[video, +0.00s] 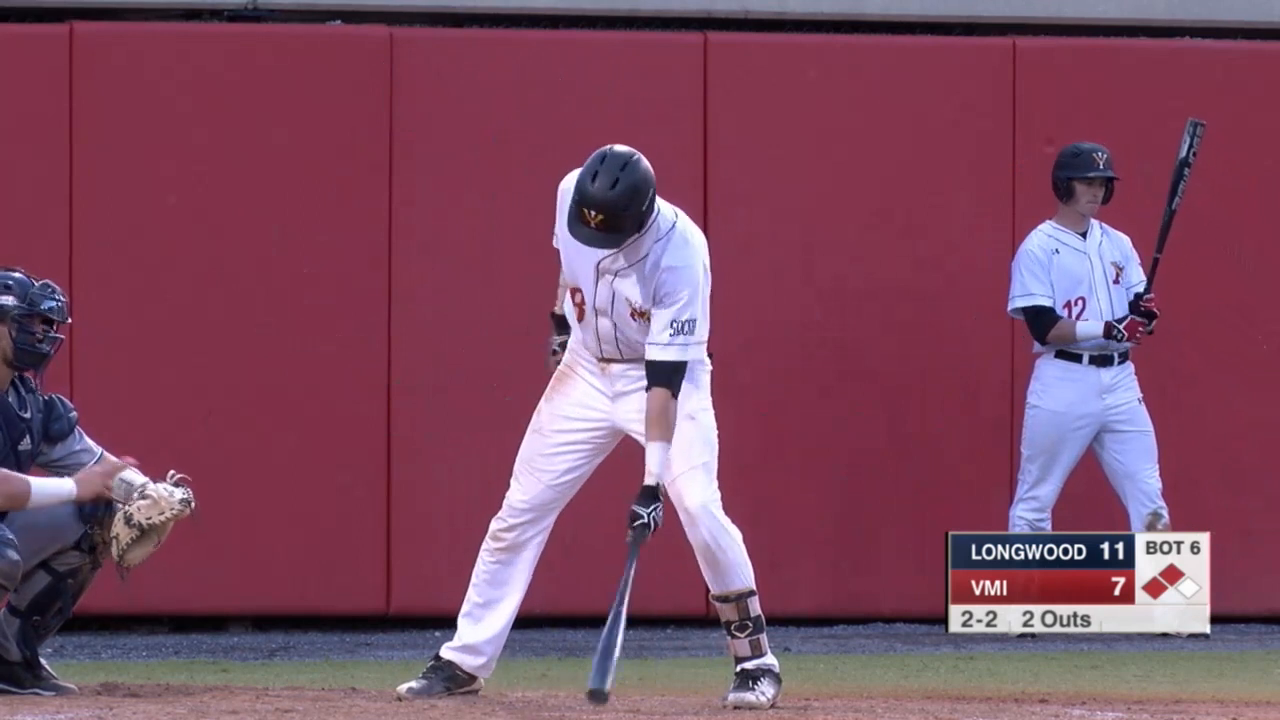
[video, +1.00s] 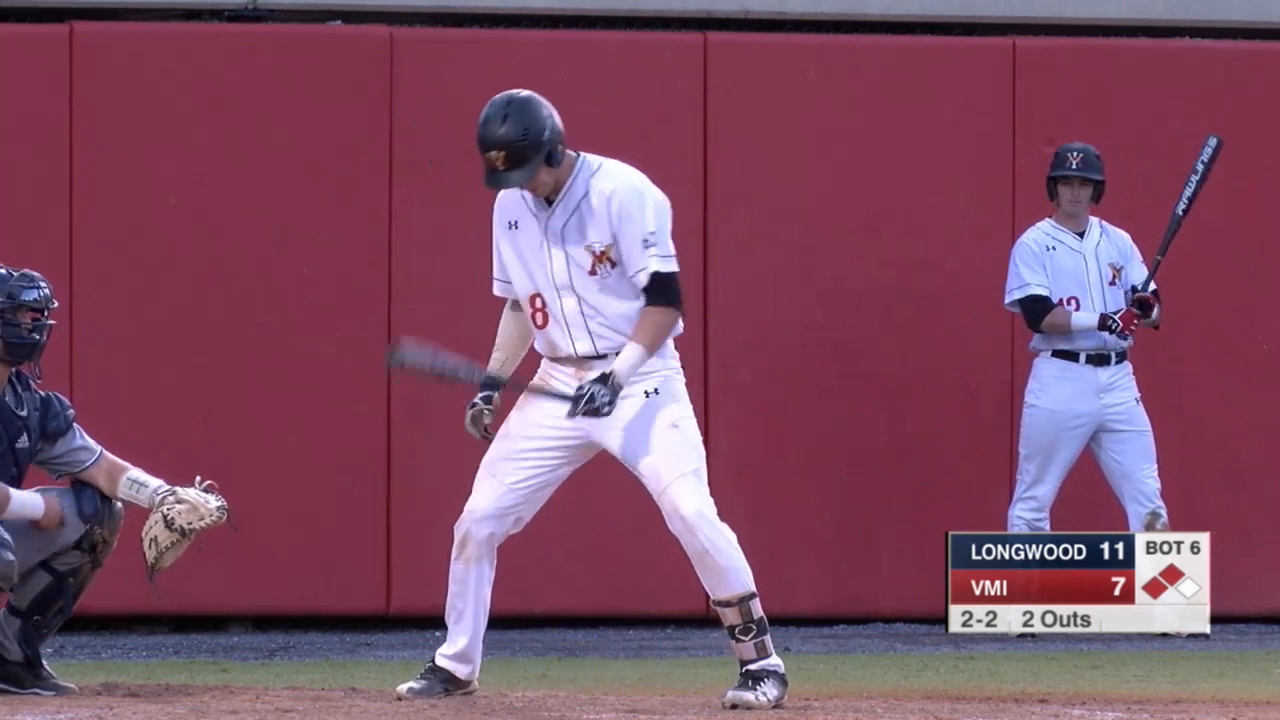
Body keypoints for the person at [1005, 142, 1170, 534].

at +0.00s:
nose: (1097, 191)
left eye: (1103, 183)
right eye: (1088, 182)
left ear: (1108, 188)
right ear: (1064, 185)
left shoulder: (1119, 244)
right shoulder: (1037, 248)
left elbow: (1138, 308)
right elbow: (1045, 328)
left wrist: (1143, 316)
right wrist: (1110, 330)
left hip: (1120, 384)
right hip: (1062, 384)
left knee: (1150, 505)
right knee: (1034, 505)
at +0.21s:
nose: (1092, 190)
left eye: (1099, 182)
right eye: (1083, 181)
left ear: (1106, 188)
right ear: (1062, 183)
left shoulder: (1118, 244)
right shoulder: (1036, 247)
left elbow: (1138, 313)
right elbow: (1044, 328)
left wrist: (1142, 315)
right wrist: (1108, 333)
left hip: (1119, 384)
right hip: (1061, 383)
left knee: (1150, 505)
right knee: (1034, 504)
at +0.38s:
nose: (1084, 190)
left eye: (1092, 182)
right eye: (1076, 181)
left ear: (1102, 189)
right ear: (1059, 185)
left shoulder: (1118, 244)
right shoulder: (1036, 247)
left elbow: (1142, 316)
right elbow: (1042, 328)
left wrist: (1144, 314)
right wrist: (1103, 333)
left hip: (1119, 385)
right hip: (1060, 384)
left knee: (1149, 504)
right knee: (1033, 504)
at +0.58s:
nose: (1079, 192)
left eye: (1087, 183)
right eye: (1071, 182)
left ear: (1099, 189)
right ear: (1056, 186)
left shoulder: (1118, 243)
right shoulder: (1035, 246)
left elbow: (1143, 303)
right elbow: (1040, 325)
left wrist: (1141, 319)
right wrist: (1103, 332)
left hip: (1118, 384)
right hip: (1060, 383)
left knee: (1148, 504)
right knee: (1033, 503)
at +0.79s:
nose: (1076, 192)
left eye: (1085, 184)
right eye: (1068, 183)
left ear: (1097, 188)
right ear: (1054, 187)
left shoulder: (1118, 242)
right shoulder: (1034, 243)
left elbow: (1145, 311)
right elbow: (1035, 320)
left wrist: (1141, 320)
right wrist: (1099, 325)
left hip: (1118, 383)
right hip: (1059, 382)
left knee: (1148, 504)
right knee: (1033, 503)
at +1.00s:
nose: (1075, 192)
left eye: (1083, 184)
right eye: (1067, 183)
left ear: (1096, 189)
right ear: (1053, 187)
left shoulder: (1119, 241)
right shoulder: (1032, 243)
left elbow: (1152, 312)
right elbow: (1040, 317)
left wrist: (1146, 309)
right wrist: (1101, 320)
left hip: (1118, 383)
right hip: (1058, 381)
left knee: (1148, 504)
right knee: (1033, 502)